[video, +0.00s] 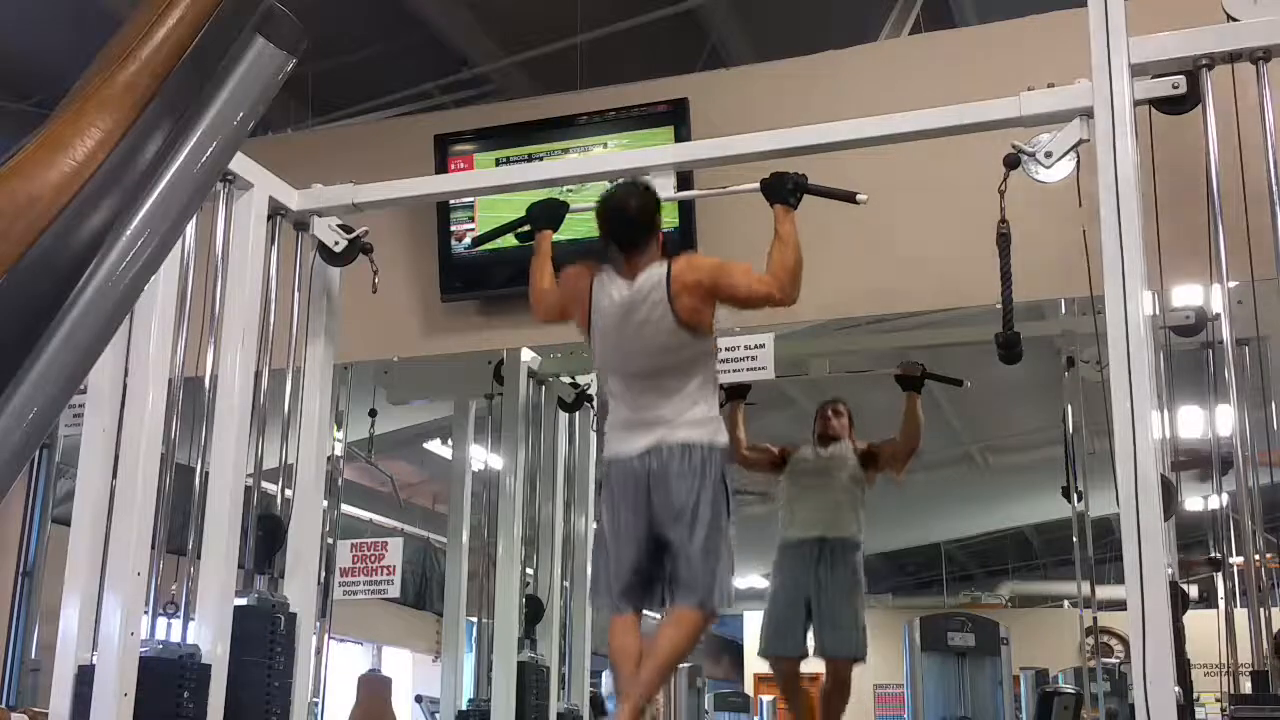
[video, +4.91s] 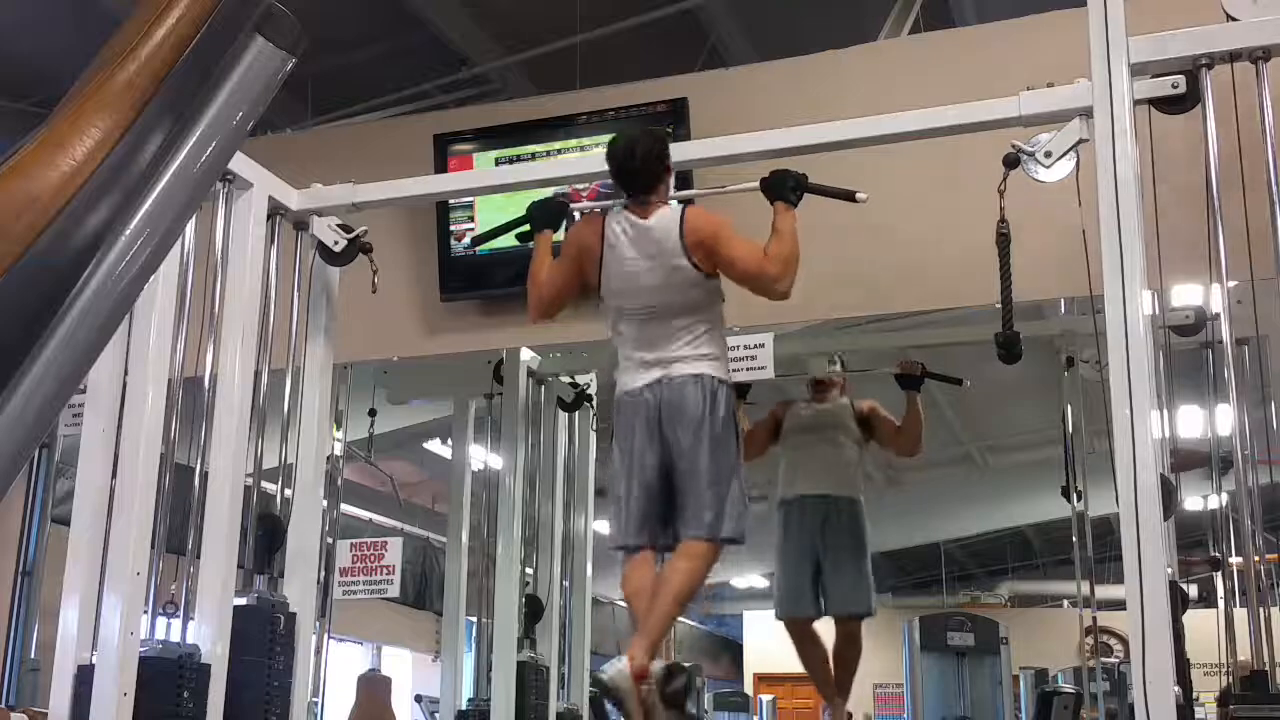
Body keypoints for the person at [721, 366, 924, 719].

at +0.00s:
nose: (828, 418)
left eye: (836, 414)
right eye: (822, 415)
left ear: (850, 426)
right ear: (813, 427)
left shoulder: (861, 454)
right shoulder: (793, 456)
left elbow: (906, 445)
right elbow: (741, 453)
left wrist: (912, 393)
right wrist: (735, 401)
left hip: (842, 556)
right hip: (792, 556)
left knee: (840, 663)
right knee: (781, 660)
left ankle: (829, 717)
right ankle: (806, 715)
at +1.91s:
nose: (829, 461)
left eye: (837, 459)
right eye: (823, 458)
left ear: (849, 472)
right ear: (813, 470)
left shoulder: (861, 497)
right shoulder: (789, 495)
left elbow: (903, 453)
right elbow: (744, 456)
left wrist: (910, 395)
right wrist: (738, 403)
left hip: (842, 609)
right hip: (790, 608)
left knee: (848, 707)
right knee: (784, 706)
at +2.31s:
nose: (827, 416)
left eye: (835, 412)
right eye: (821, 413)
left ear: (848, 425)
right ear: (813, 425)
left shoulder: (860, 454)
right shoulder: (792, 456)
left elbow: (908, 447)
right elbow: (739, 455)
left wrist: (912, 394)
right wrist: (736, 404)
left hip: (841, 558)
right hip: (791, 557)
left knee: (845, 663)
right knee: (781, 659)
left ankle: (834, 716)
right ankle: (811, 715)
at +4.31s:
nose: (824, 464)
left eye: (833, 462)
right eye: (819, 462)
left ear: (846, 475)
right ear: (811, 473)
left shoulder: (857, 499)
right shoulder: (789, 497)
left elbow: (901, 453)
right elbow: (745, 460)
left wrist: (909, 396)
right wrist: (736, 403)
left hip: (839, 614)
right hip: (789, 613)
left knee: (846, 709)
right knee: (784, 709)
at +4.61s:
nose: (827, 421)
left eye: (835, 418)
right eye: (820, 418)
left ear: (848, 432)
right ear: (811, 431)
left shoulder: (859, 460)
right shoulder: (790, 460)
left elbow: (909, 447)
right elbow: (737, 455)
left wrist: (911, 393)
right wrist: (736, 401)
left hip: (841, 565)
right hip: (791, 563)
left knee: (846, 676)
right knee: (780, 668)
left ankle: (832, 719)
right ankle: (807, 717)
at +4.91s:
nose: (821, 379)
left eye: (829, 374)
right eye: (815, 374)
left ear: (844, 382)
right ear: (806, 380)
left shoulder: (861, 409)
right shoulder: (786, 410)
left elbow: (907, 444)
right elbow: (747, 451)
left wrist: (912, 393)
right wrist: (736, 404)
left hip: (844, 511)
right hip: (795, 511)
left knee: (848, 616)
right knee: (794, 615)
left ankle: (837, 709)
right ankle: (837, 706)